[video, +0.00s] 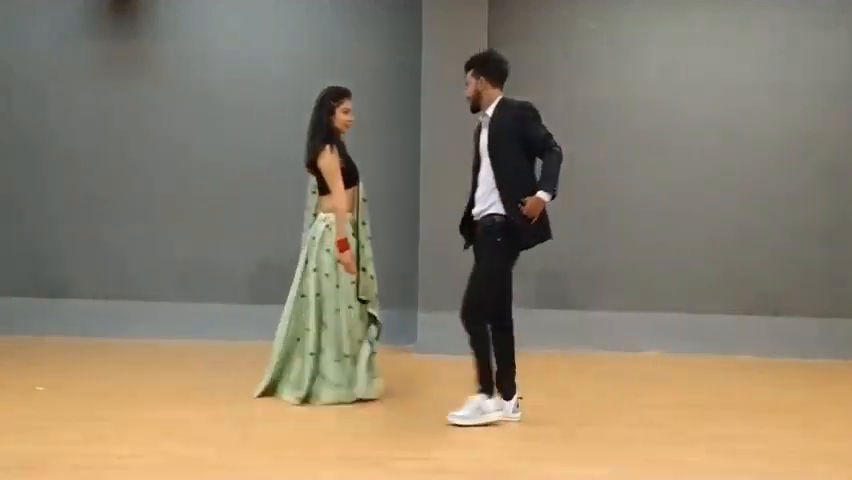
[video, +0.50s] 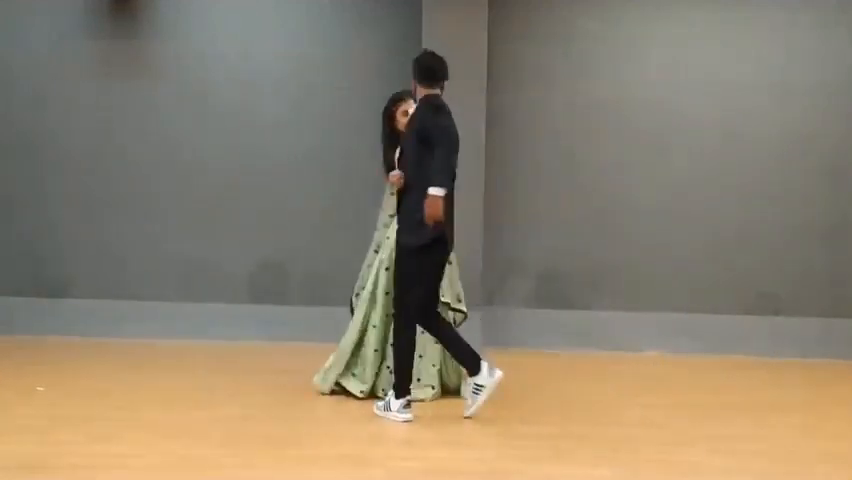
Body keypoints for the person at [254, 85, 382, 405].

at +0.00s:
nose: (350, 117)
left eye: (351, 111)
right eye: (345, 112)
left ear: (337, 114)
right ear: (329, 114)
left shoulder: (334, 149)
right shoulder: (328, 151)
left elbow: (338, 200)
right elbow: (339, 200)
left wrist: (346, 242)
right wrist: (344, 244)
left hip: (338, 234)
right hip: (334, 236)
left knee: (340, 308)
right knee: (337, 309)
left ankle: (338, 377)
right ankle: (335, 379)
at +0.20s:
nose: (374, 123)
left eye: (374, 118)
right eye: (367, 118)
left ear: (371, 121)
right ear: (352, 121)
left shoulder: (361, 155)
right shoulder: (356, 157)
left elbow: (367, 196)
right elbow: (367, 196)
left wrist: (374, 230)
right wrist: (372, 234)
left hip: (360, 234)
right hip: (359, 235)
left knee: (363, 305)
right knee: (361, 305)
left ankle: (361, 373)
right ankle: (360, 374)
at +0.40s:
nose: (399, 120)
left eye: (399, 114)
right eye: (392, 115)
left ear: (399, 118)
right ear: (377, 120)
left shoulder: (394, 152)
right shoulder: (386, 153)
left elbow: (403, 193)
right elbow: (391, 183)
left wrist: (415, 204)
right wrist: (390, 201)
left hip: (401, 232)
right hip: (392, 233)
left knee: (399, 305)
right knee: (392, 304)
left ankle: (397, 373)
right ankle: (391, 375)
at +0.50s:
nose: (410, 118)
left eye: (413, 112)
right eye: (403, 114)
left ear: (420, 115)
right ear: (392, 121)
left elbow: (436, 179)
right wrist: (396, 180)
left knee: (427, 304)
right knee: (394, 302)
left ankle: (427, 374)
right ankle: (394, 374)